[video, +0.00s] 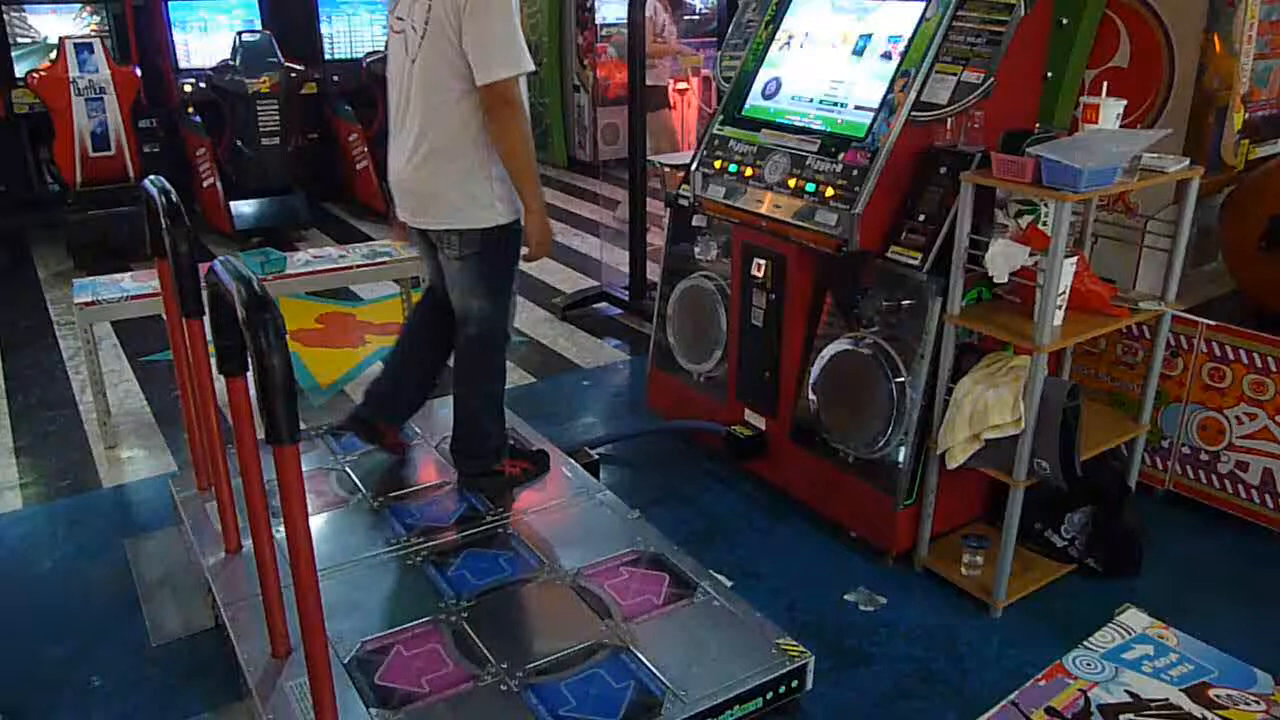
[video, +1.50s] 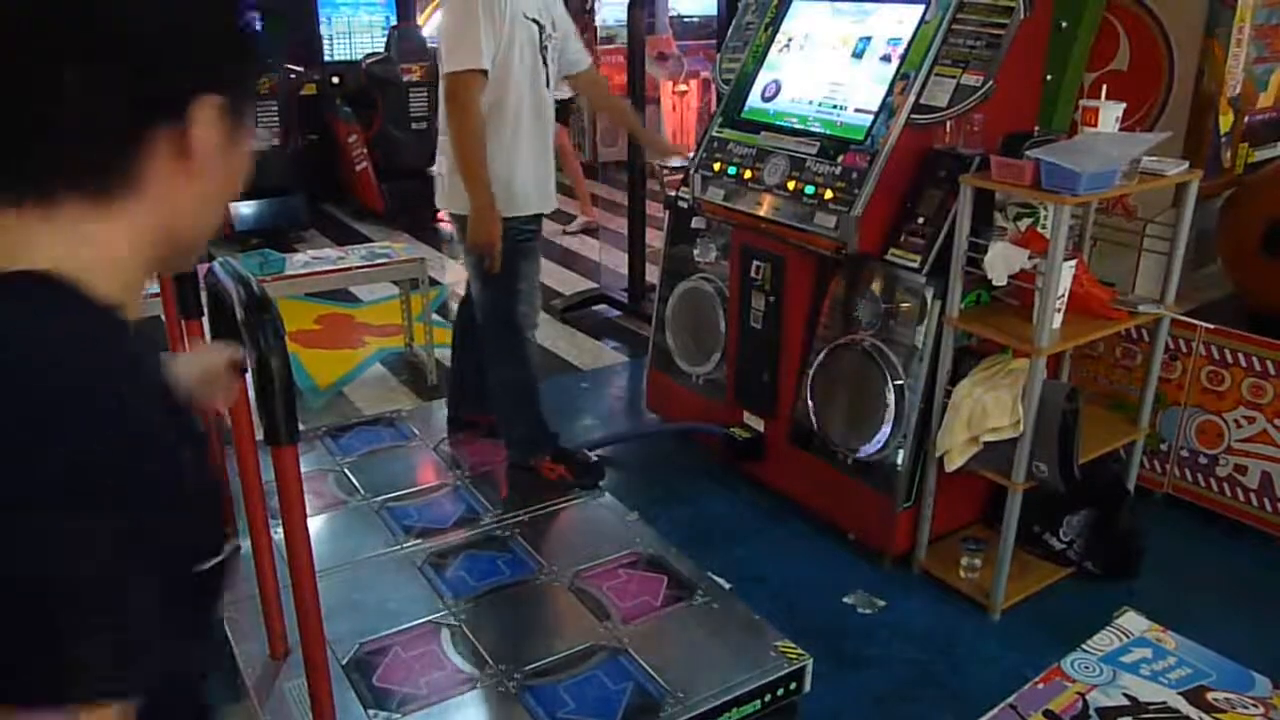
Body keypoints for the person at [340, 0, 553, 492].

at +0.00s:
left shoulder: (410, 5)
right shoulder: (484, 4)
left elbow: (407, 96)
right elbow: (500, 102)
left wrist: (404, 193)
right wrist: (535, 206)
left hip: (421, 187)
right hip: (473, 195)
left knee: (445, 303)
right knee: (483, 337)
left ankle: (380, 414)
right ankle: (482, 463)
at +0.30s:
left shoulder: (427, 5)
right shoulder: (487, 4)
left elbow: (434, 92)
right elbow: (503, 106)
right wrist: (535, 215)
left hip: (440, 191)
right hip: (485, 197)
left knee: (472, 310)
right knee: (489, 337)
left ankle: (433, 417)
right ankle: (478, 459)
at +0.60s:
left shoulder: (487, 7)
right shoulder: (462, 5)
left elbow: (477, 99)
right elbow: (464, 99)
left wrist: (505, 208)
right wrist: (485, 214)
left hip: (495, 201)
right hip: (480, 206)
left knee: (493, 331)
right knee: (484, 338)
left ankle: (487, 417)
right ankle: (477, 464)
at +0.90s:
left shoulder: (509, 7)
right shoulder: (452, 4)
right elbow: (440, 93)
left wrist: (509, 195)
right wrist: (447, 208)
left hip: (504, 197)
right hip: (478, 202)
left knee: (497, 326)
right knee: (480, 335)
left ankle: (489, 419)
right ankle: (476, 463)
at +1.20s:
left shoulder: (515, 7)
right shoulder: (459, 4)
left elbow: (504, 90)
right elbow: (447, 89)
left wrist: (518, 181)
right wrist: (459, 196)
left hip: (494, 189)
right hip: (481, 196)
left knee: (471, 317)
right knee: (502, 323)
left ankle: (472, 431)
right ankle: (490, 454)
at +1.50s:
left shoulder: (550, 8)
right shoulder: (473, 5)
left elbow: (590, 82)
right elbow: (461, 98)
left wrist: (648, 137)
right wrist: (481, 203)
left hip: (524, 190)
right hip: (489, 195)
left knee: (485, 310)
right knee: (512, 327)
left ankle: (470, 412)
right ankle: (531, 452)